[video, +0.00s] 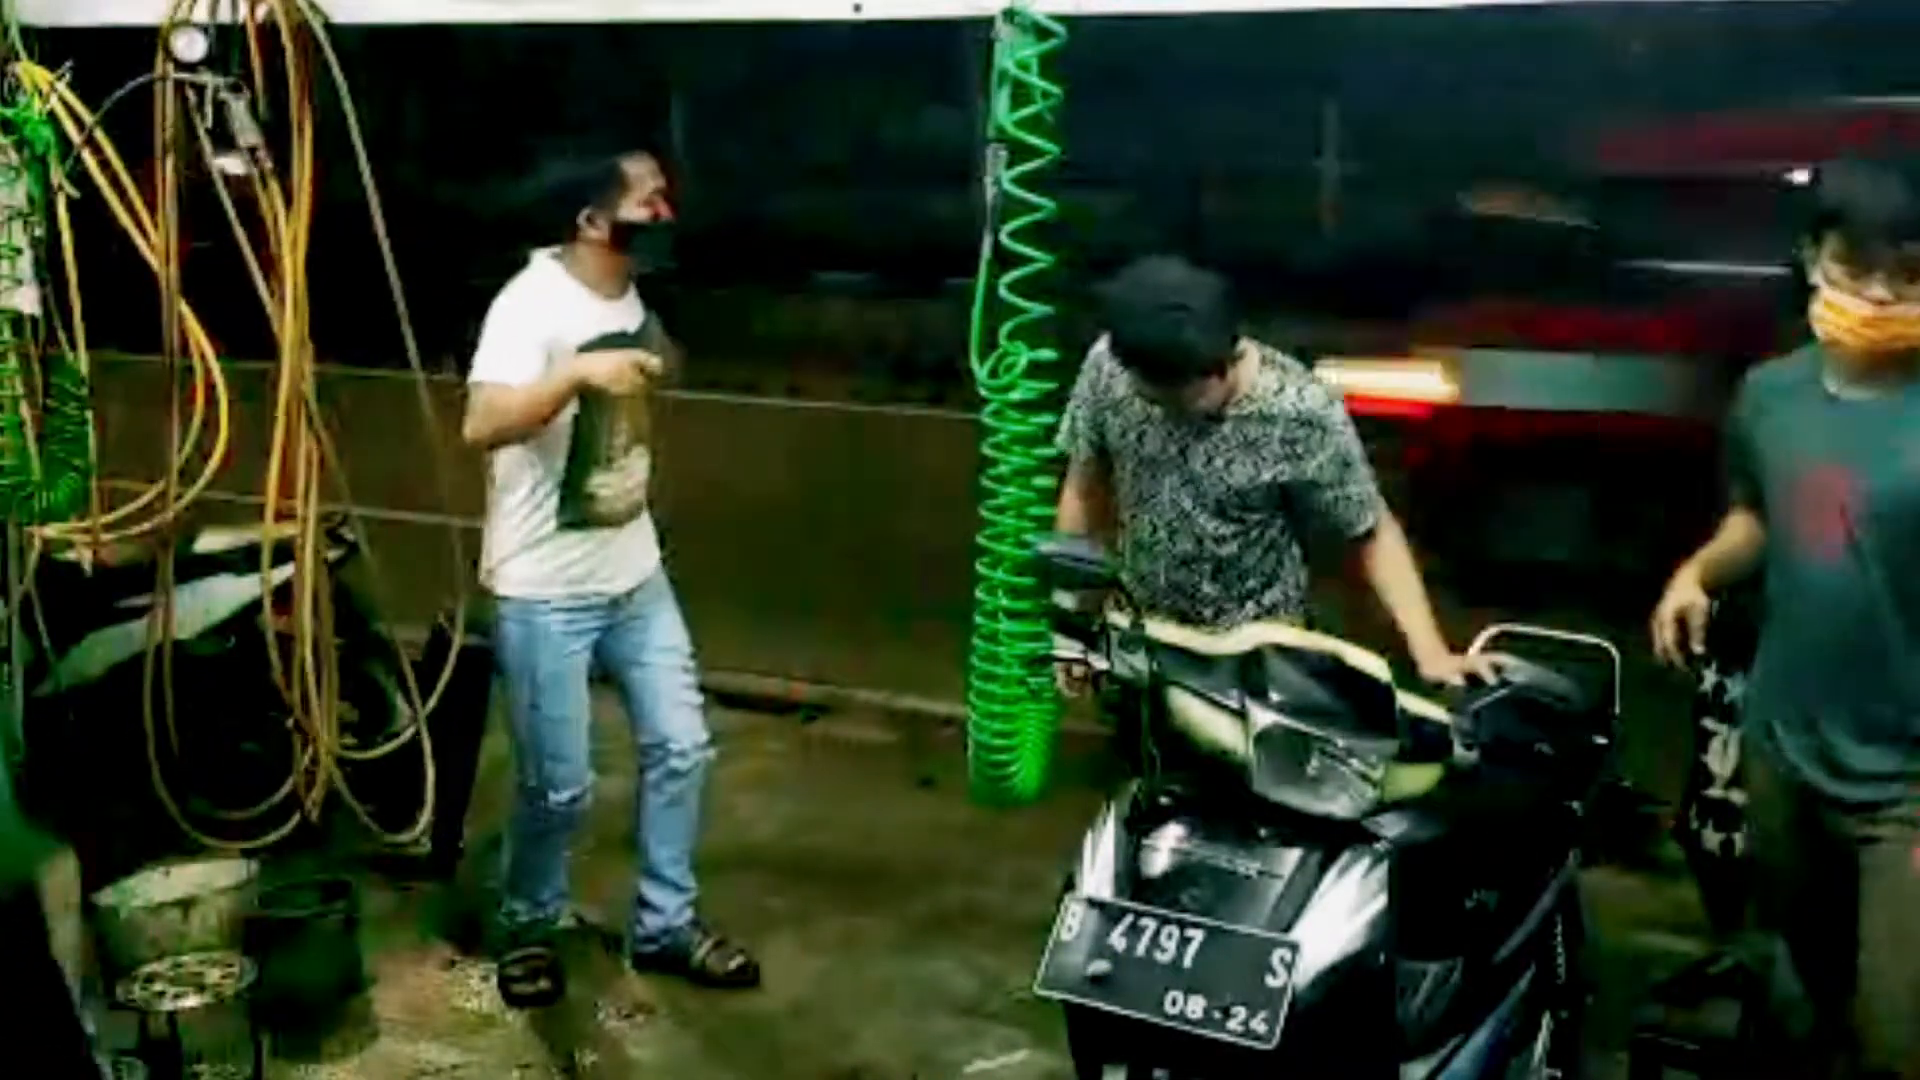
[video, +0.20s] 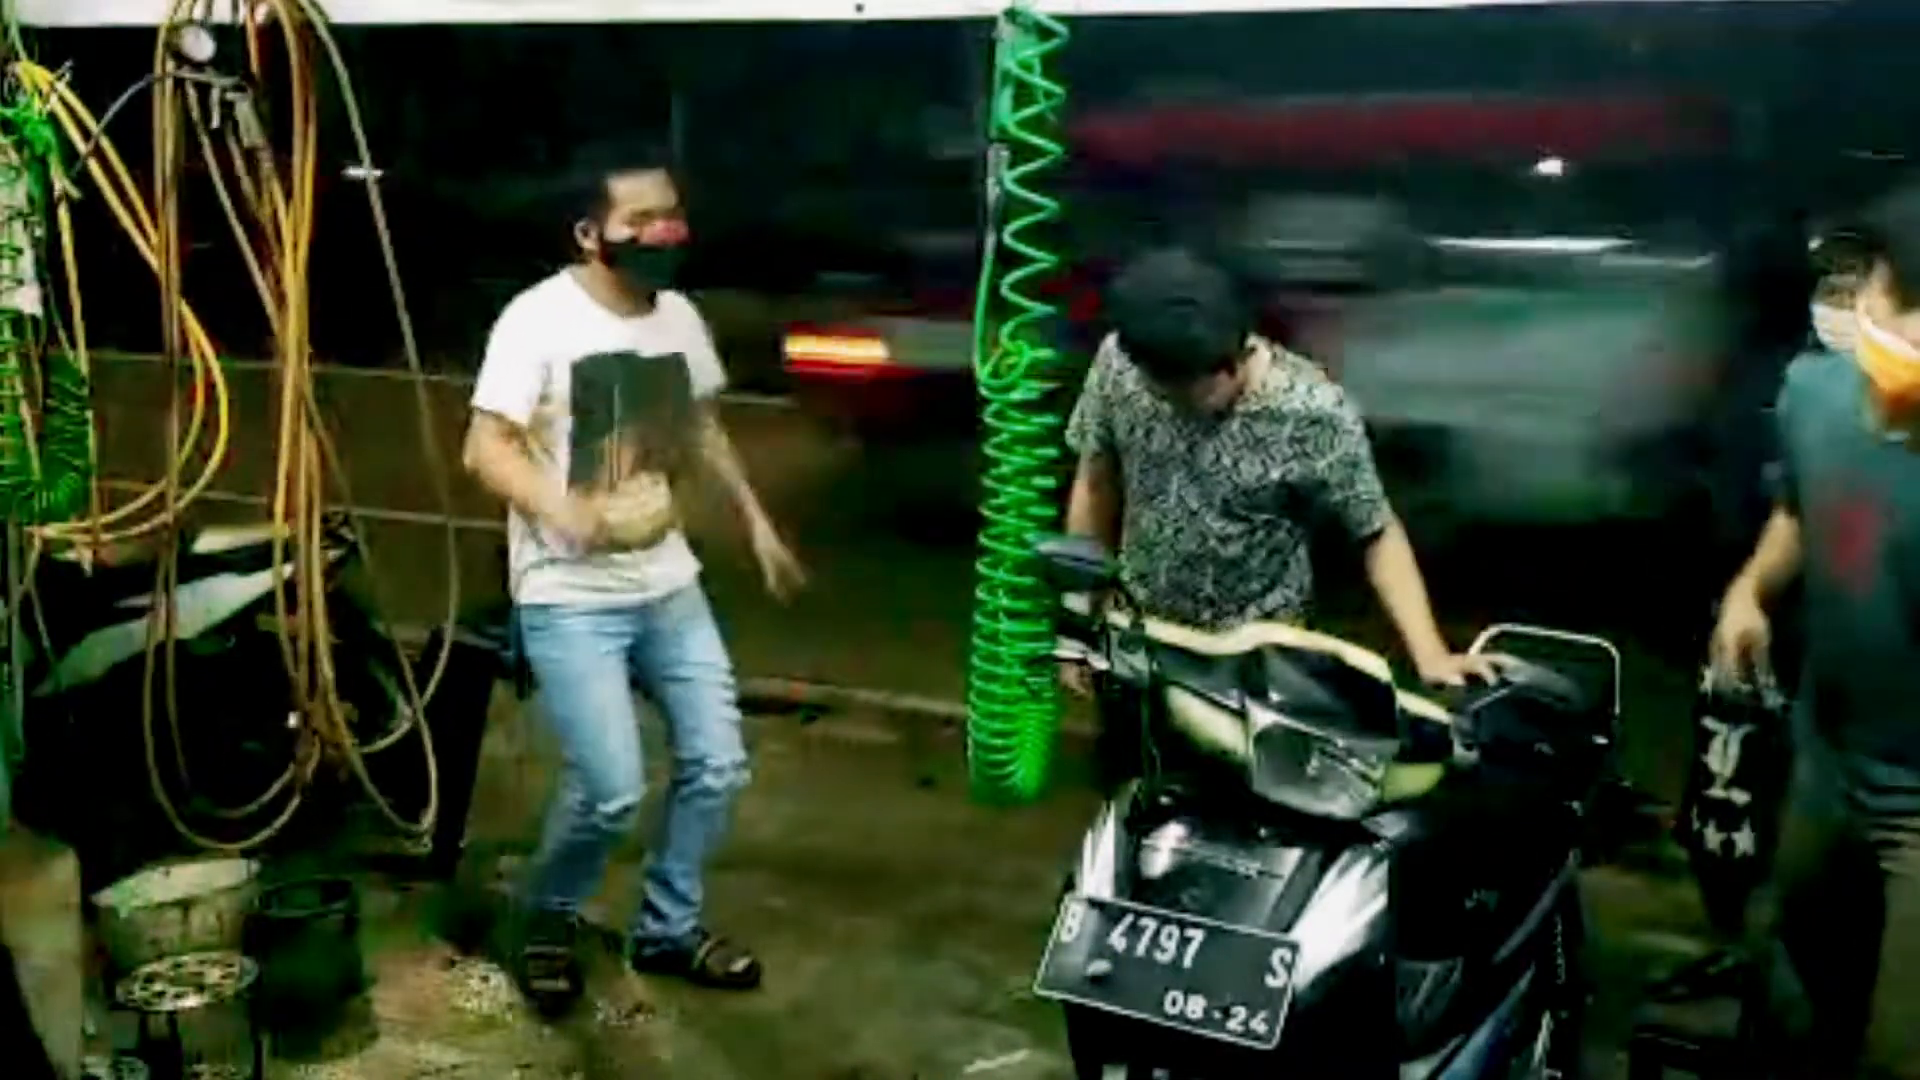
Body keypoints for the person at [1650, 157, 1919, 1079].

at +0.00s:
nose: (1872, 311)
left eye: (1899, 291)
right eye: (1853, 285)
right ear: (1812, 275)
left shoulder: (1918, 406)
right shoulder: (1771, 397)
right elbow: (1757, 513)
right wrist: (1697, 572)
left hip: (1902, 778)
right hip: (1784, 755)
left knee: (1895, 1033)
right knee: (1788, 1000)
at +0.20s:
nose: (1865, 327)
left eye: (1890, 306)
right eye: (1861, 304)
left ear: (1912, 305)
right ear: (1851, 300)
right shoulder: (1814, 386)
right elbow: (1798, 509)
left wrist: (1898, 382)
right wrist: (1747, 588)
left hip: (1912, 788)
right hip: (1828, 765)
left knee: (1904, 1036)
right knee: (1803, 1017)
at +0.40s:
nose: (1902, 382)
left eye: (1914, 362)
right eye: (1894, 353)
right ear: (1868, 321)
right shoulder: (1842, 406)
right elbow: (1840, 517)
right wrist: (1778, 596)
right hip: (1871, 761)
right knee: (1852, 986)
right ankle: (1854, 1060)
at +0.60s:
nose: (1891, 347)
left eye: (1903, 324)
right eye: (1885, 319)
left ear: (1917, 328)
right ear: (1871, 317)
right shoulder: (1848, 402)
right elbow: (1855, 519)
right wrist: (1780, 595)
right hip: (1886, 737)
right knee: (1864, 914)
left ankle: (1866, 1030)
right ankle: (1847, 1033)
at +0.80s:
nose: (1898, 342)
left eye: (1911, 321)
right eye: (1889, 316)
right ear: (1863, 311)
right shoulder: (1843, 406)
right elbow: (1847, 520)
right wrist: (1776, 604)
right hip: (1888, 727)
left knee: (1887, 891)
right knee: (1870, 885)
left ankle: (1864, 1024)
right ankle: (1851, 1026)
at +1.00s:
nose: (1894, 333)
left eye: (1911, 314)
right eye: (1893, 308)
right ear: (1867, 314)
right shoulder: (1843, 411)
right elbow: (1844, 521)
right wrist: (1770, 609)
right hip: (1888, 740)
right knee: (1869, 925)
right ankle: (1851, 1028)